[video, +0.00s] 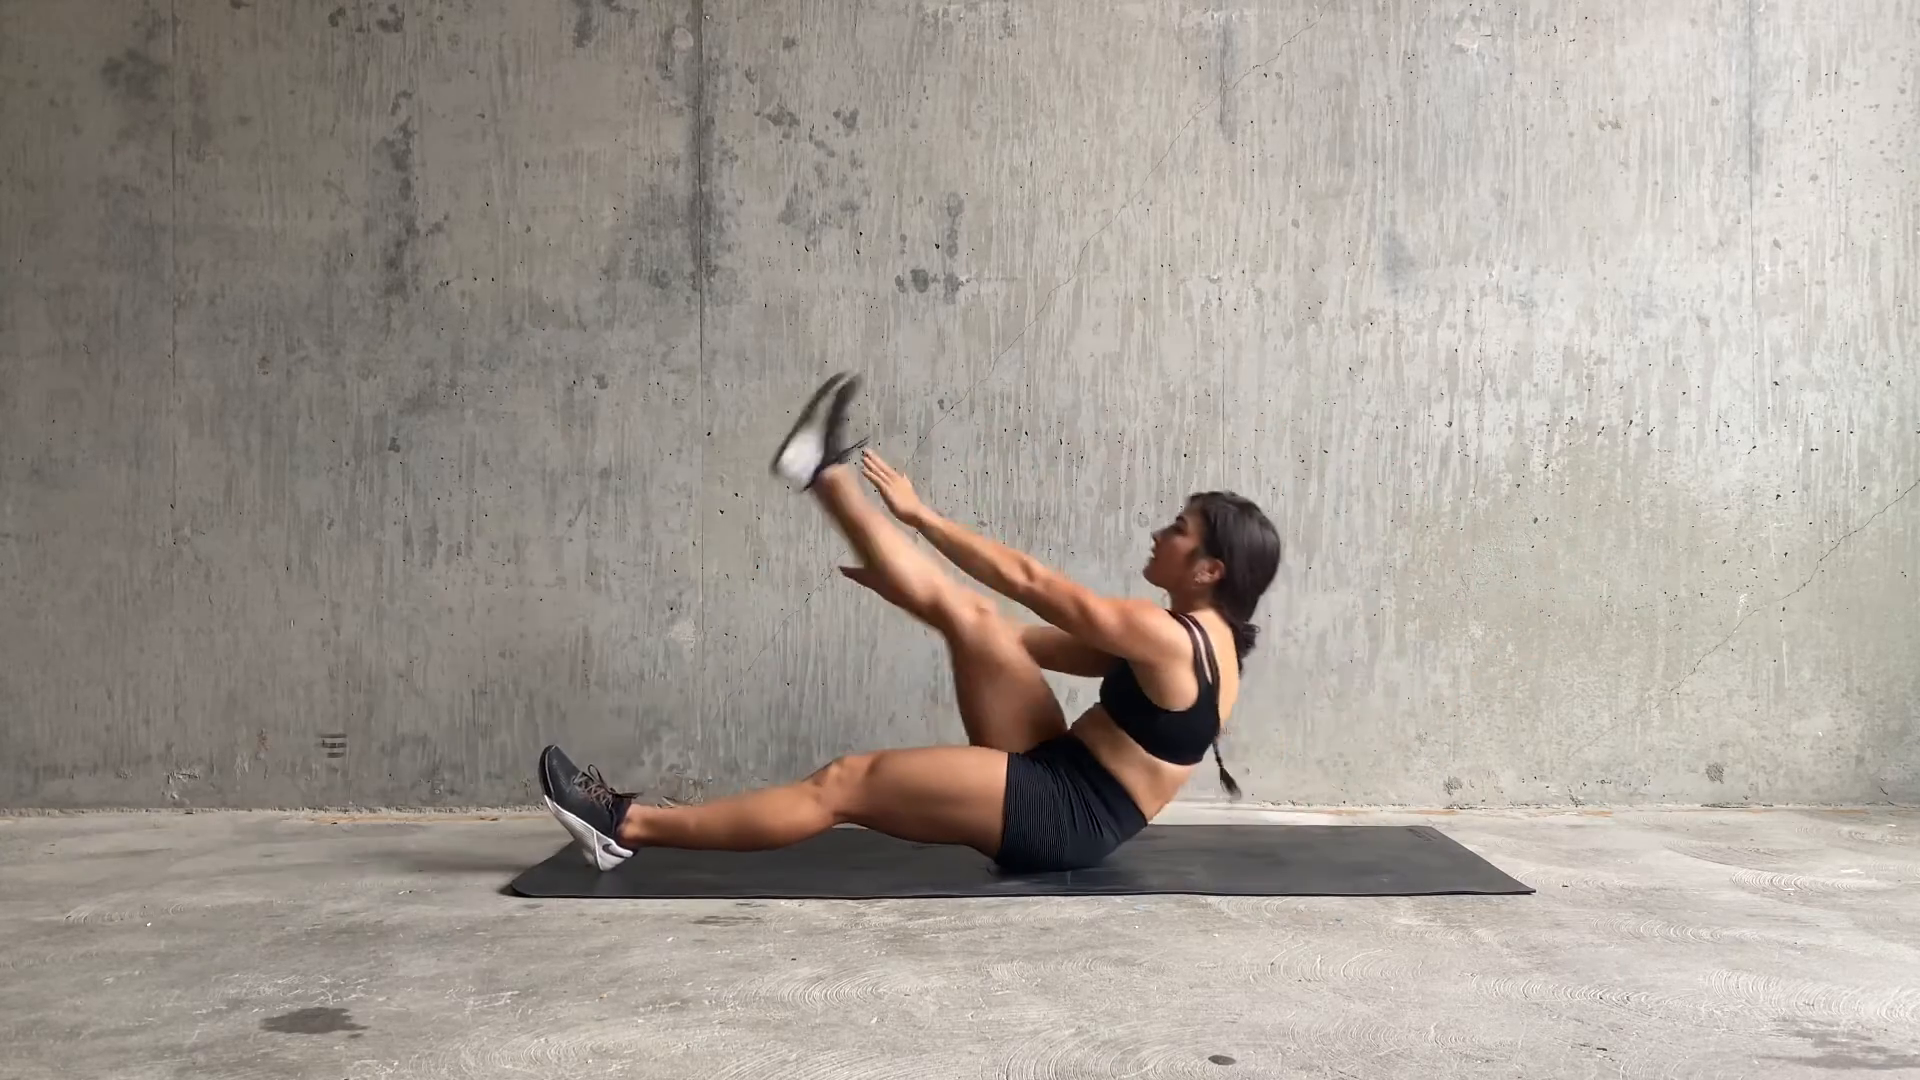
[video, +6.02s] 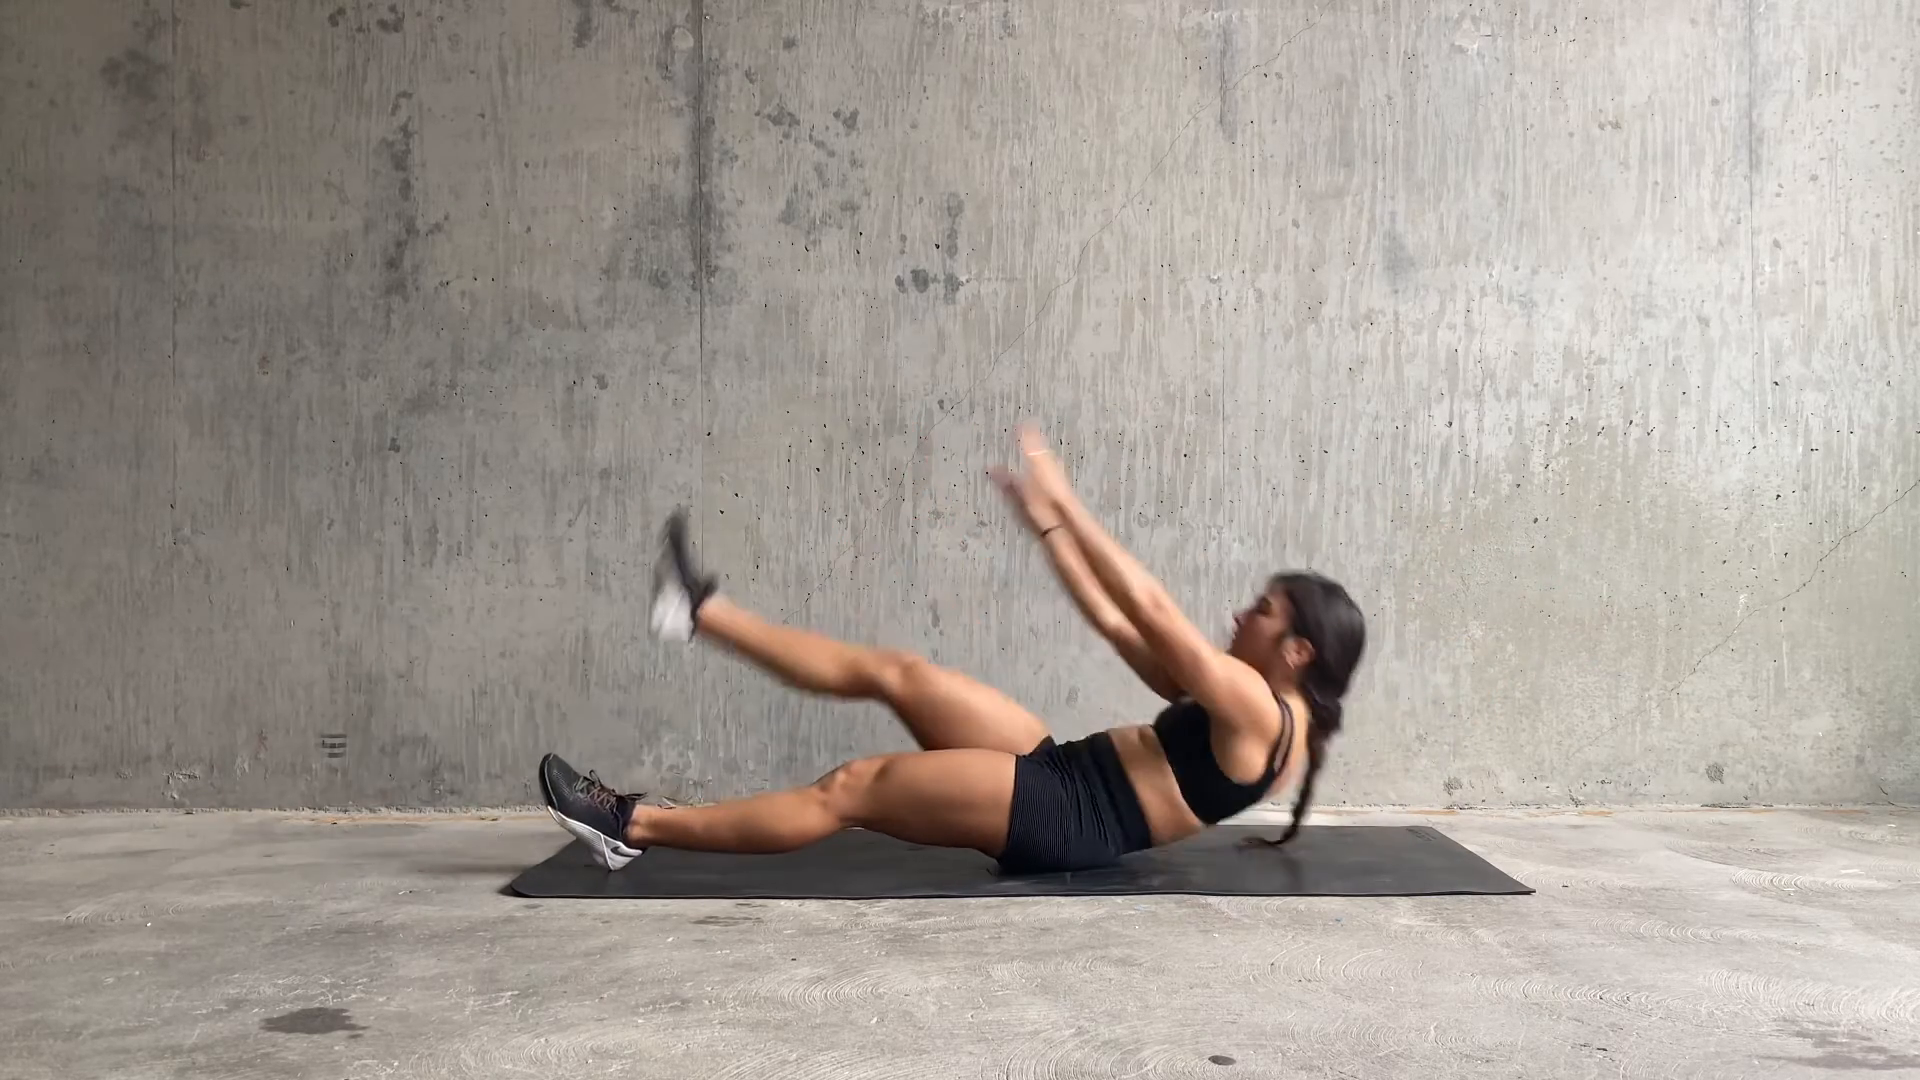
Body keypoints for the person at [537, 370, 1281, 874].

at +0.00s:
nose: (1161, 536)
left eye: (1178, 531)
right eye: (1173, 525)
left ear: (1209, 567)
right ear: (1215, 575)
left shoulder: (1164, 634)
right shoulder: (1192, 639)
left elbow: (1030, 579)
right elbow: (1032, 642)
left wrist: (922, 512)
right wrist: (905, 588)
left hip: (1063, 811)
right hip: (1064, 777)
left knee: (844, 786)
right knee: (970, 618)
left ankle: (630, 824)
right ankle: (823, 469)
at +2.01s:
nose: (1315, 696)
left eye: (1339, 695)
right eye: (1326, 681)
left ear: (1369, 729)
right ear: (1319, 693)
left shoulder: (1321, 807)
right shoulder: (1297, 773)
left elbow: (1399, 689)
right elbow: (1353, 657)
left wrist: (1457, 581)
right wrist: (1419, 573)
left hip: (1087, 807)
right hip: (1082, 781)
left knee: (873, 787)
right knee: (877, 777)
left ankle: (656, 822)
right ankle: (671, 814)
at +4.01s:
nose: (1195, 581)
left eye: (1212, 576)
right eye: (1204, 570)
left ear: (1249, 611)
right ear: (1237, 608)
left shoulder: (1228, 685)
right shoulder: (1199, 655)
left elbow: (1090, 644)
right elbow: (1081, 608)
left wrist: (966, 581)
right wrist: (973, 528)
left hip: (1070, 818)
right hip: (1051, 796)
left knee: (938, 648)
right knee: (851, 767)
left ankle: (768, 512)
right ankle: (649, 810)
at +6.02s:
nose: (1243, 620)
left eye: (1263, 619)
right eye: (1255, 610)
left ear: (1298, 654)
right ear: (1290, 647)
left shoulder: (1258, 706)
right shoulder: (1242, 697)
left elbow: (1151, 615)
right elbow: (1119, 627)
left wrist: (1067, 504)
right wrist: (1041, 529)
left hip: (1068, 812)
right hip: (1066, 773)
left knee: (852, 790)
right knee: (893, 674)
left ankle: (635, 827)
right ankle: (701, 610)